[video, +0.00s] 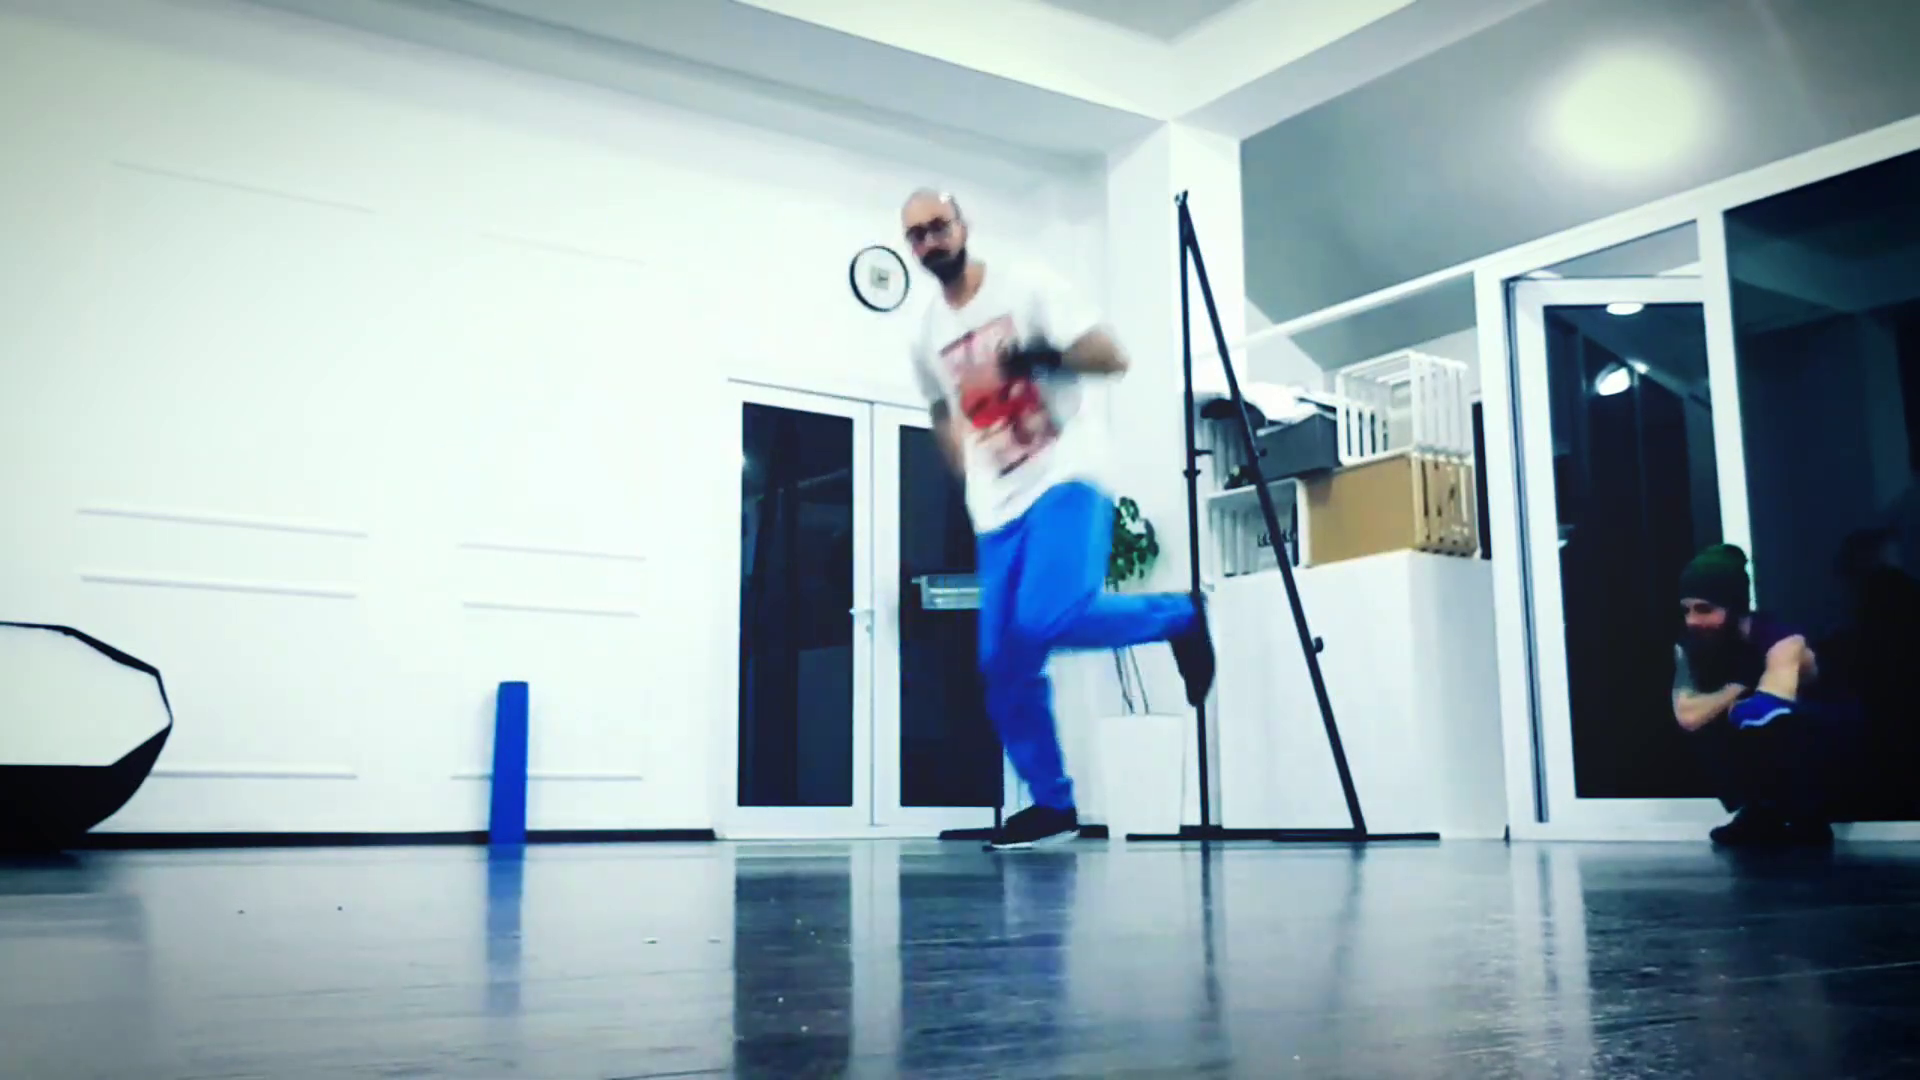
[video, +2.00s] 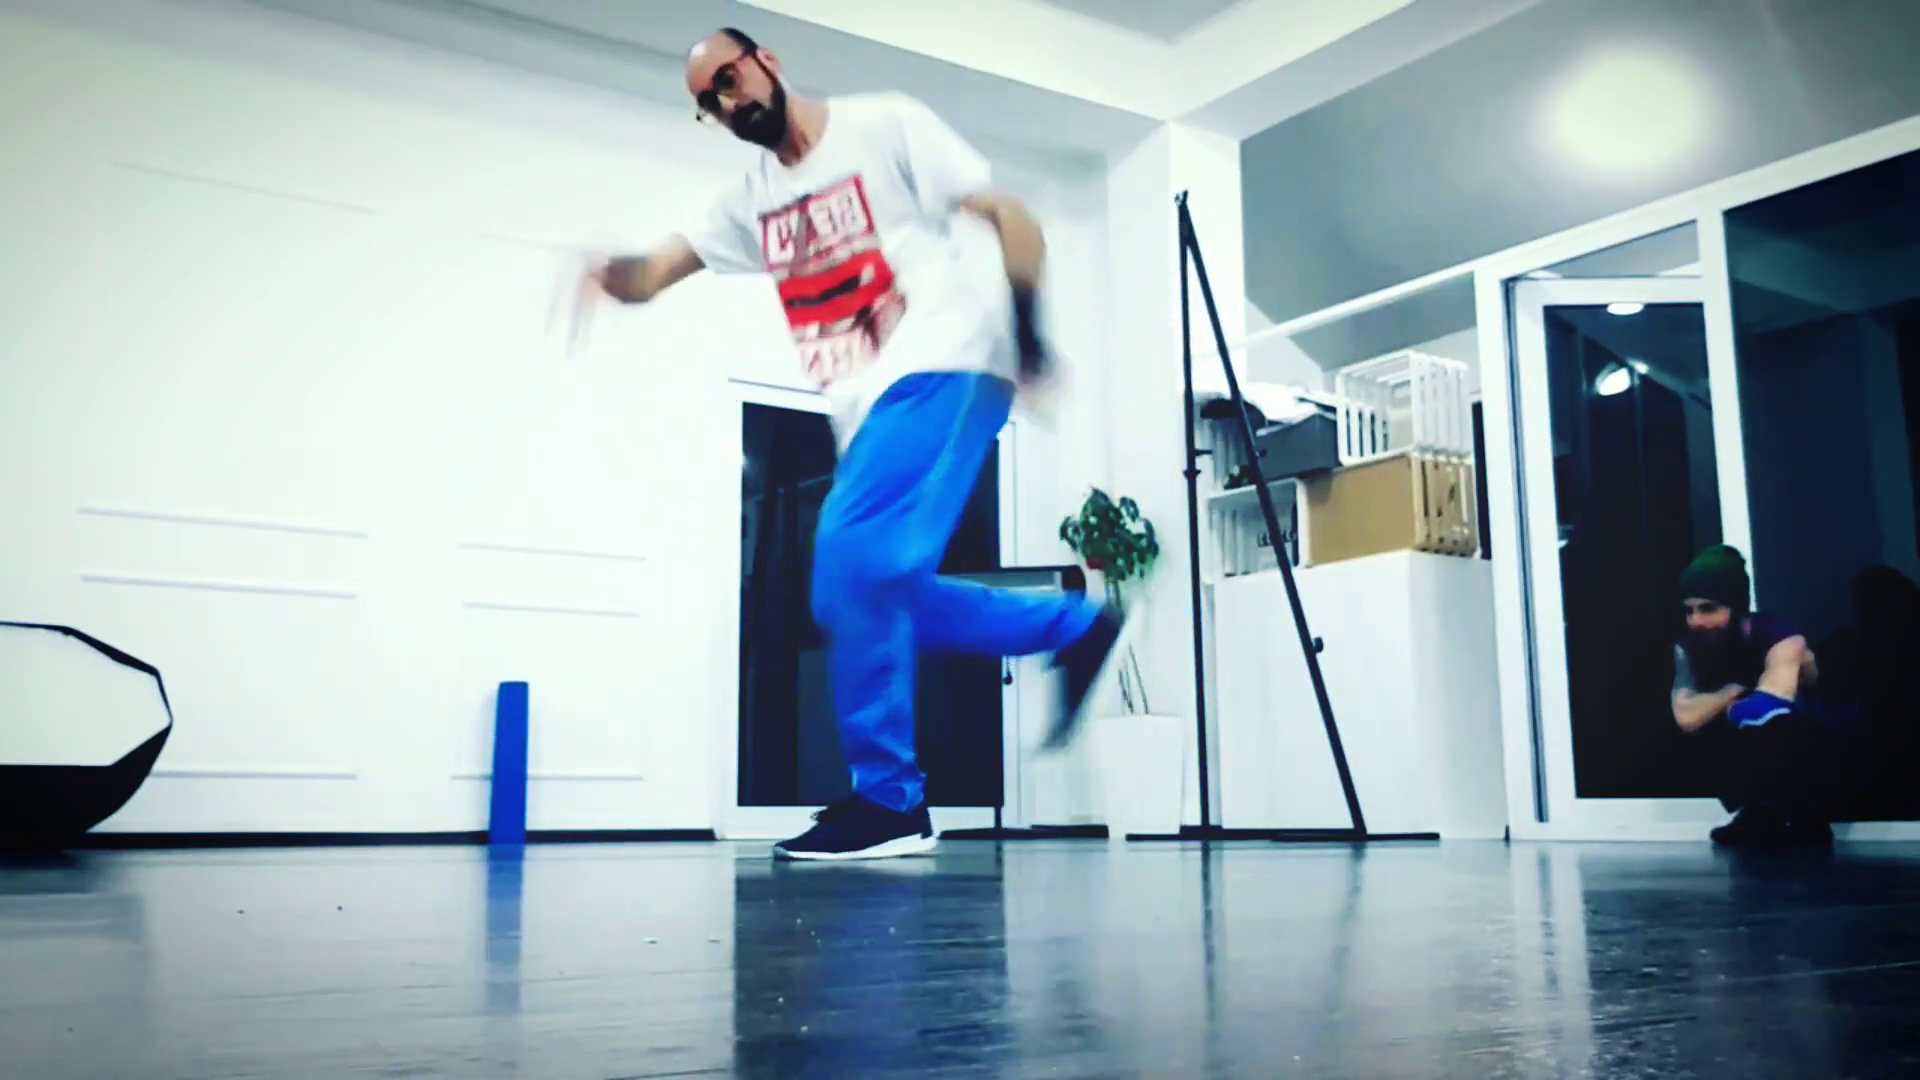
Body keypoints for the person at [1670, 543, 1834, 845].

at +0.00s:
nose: (1692, 622)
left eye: (1704, 610)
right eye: (1686, 611)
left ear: (1733, 607)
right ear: (1681, 609)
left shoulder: (1779, 637)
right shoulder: (1688, 650)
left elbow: (1772, 706)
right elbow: (1688, 716)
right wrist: (1735, 691)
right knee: (1705, 726)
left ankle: (1805, 821)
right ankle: (1755, 813)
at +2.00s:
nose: (1696, 621)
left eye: (1708, 609)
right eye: (1689, 611)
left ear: (1735, 606)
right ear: (1683, 611)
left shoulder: (1777, 637)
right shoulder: (1687, 650)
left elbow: (1773, 704)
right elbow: (1686, 717)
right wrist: (1732, 693)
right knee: (1704, 726)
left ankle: (1803, 820)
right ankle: (1754, 813)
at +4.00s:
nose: (1698, 623)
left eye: (1709, 611)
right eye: (1691, 612)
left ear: (1737, 609)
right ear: (1685, 612)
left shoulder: (1780, 639)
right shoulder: (1690, 651)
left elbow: (1776, 699)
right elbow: (1687, 716)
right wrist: (1734, 691)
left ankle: (1805, 820)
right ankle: (1756, 813)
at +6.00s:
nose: (1697, 623)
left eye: (1708, 610)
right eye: (1690, 612)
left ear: (1735, 605)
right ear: (1684, 610)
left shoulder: (1782, 639)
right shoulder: (1691, 651)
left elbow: (1776, 705)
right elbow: (1688, 714)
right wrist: (1738, 691)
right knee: (1706, 726)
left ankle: (1803, 820)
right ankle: (1756, 814)